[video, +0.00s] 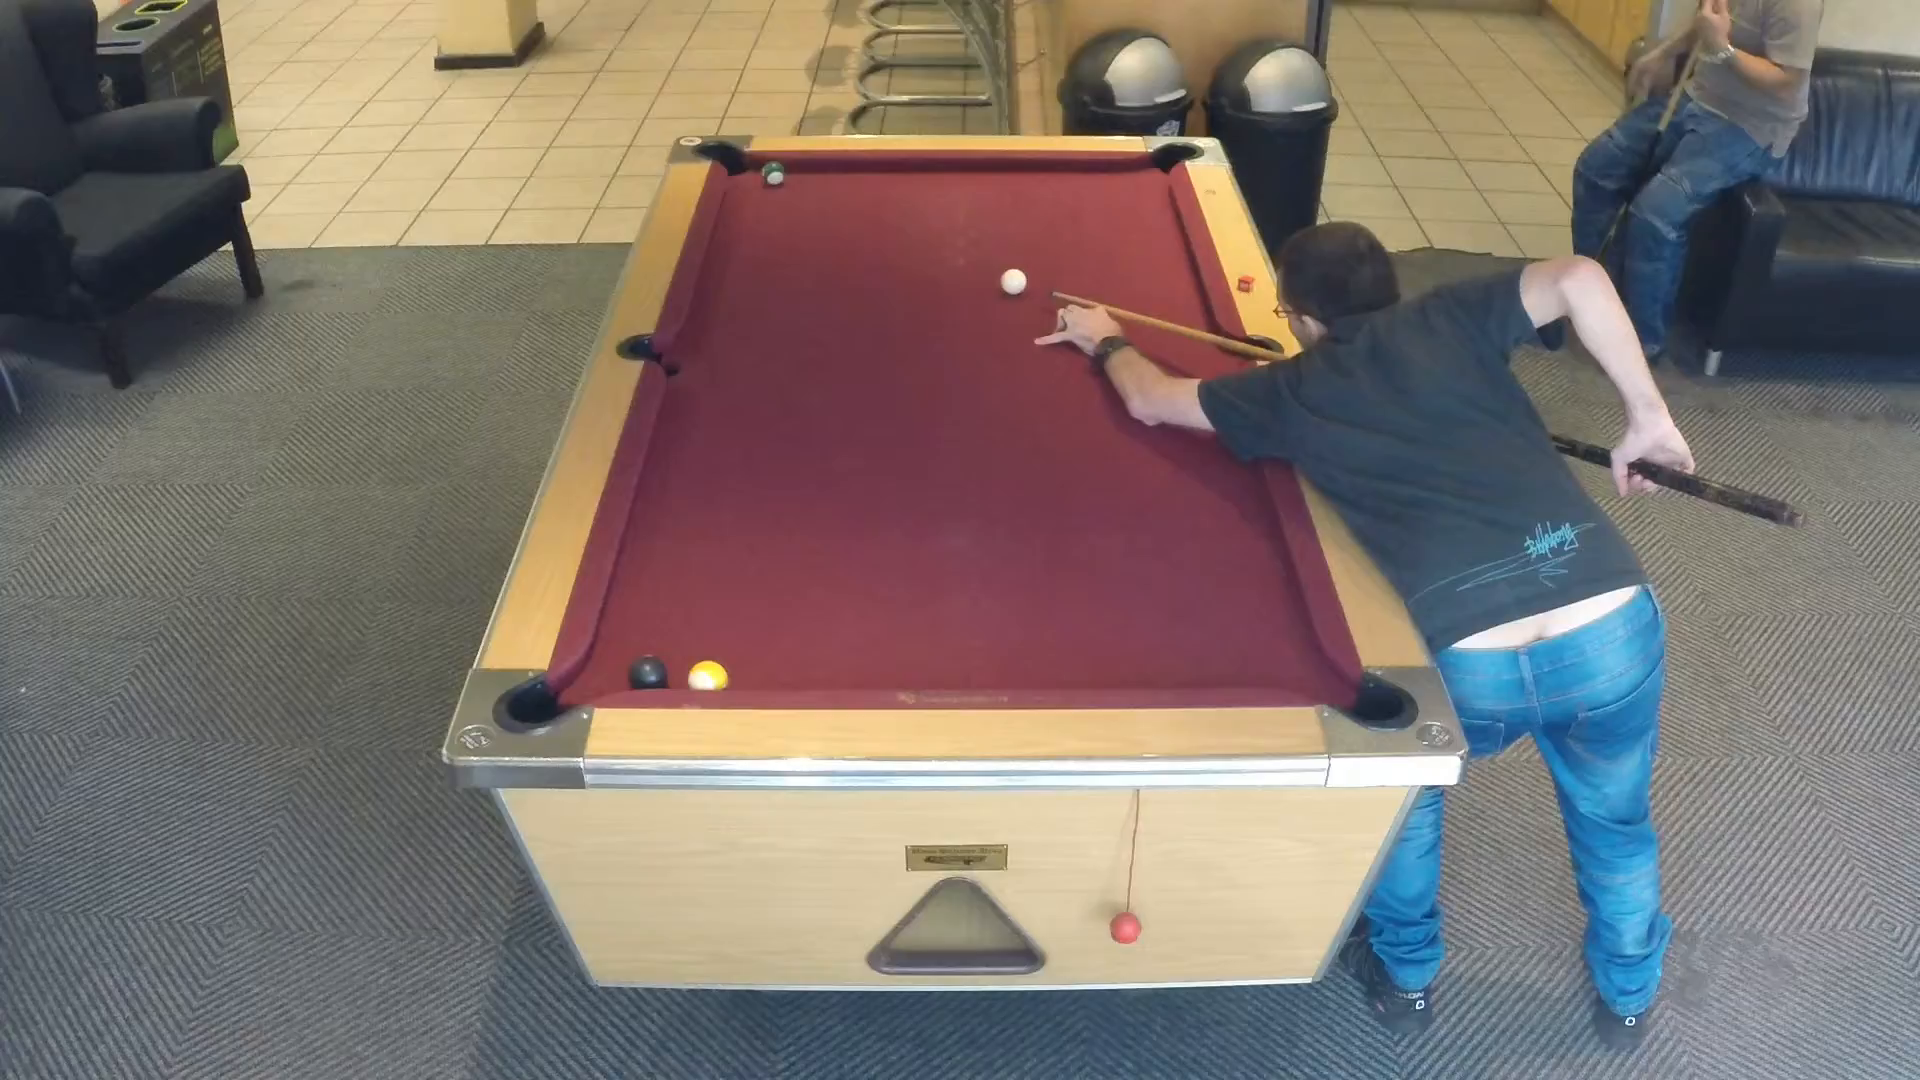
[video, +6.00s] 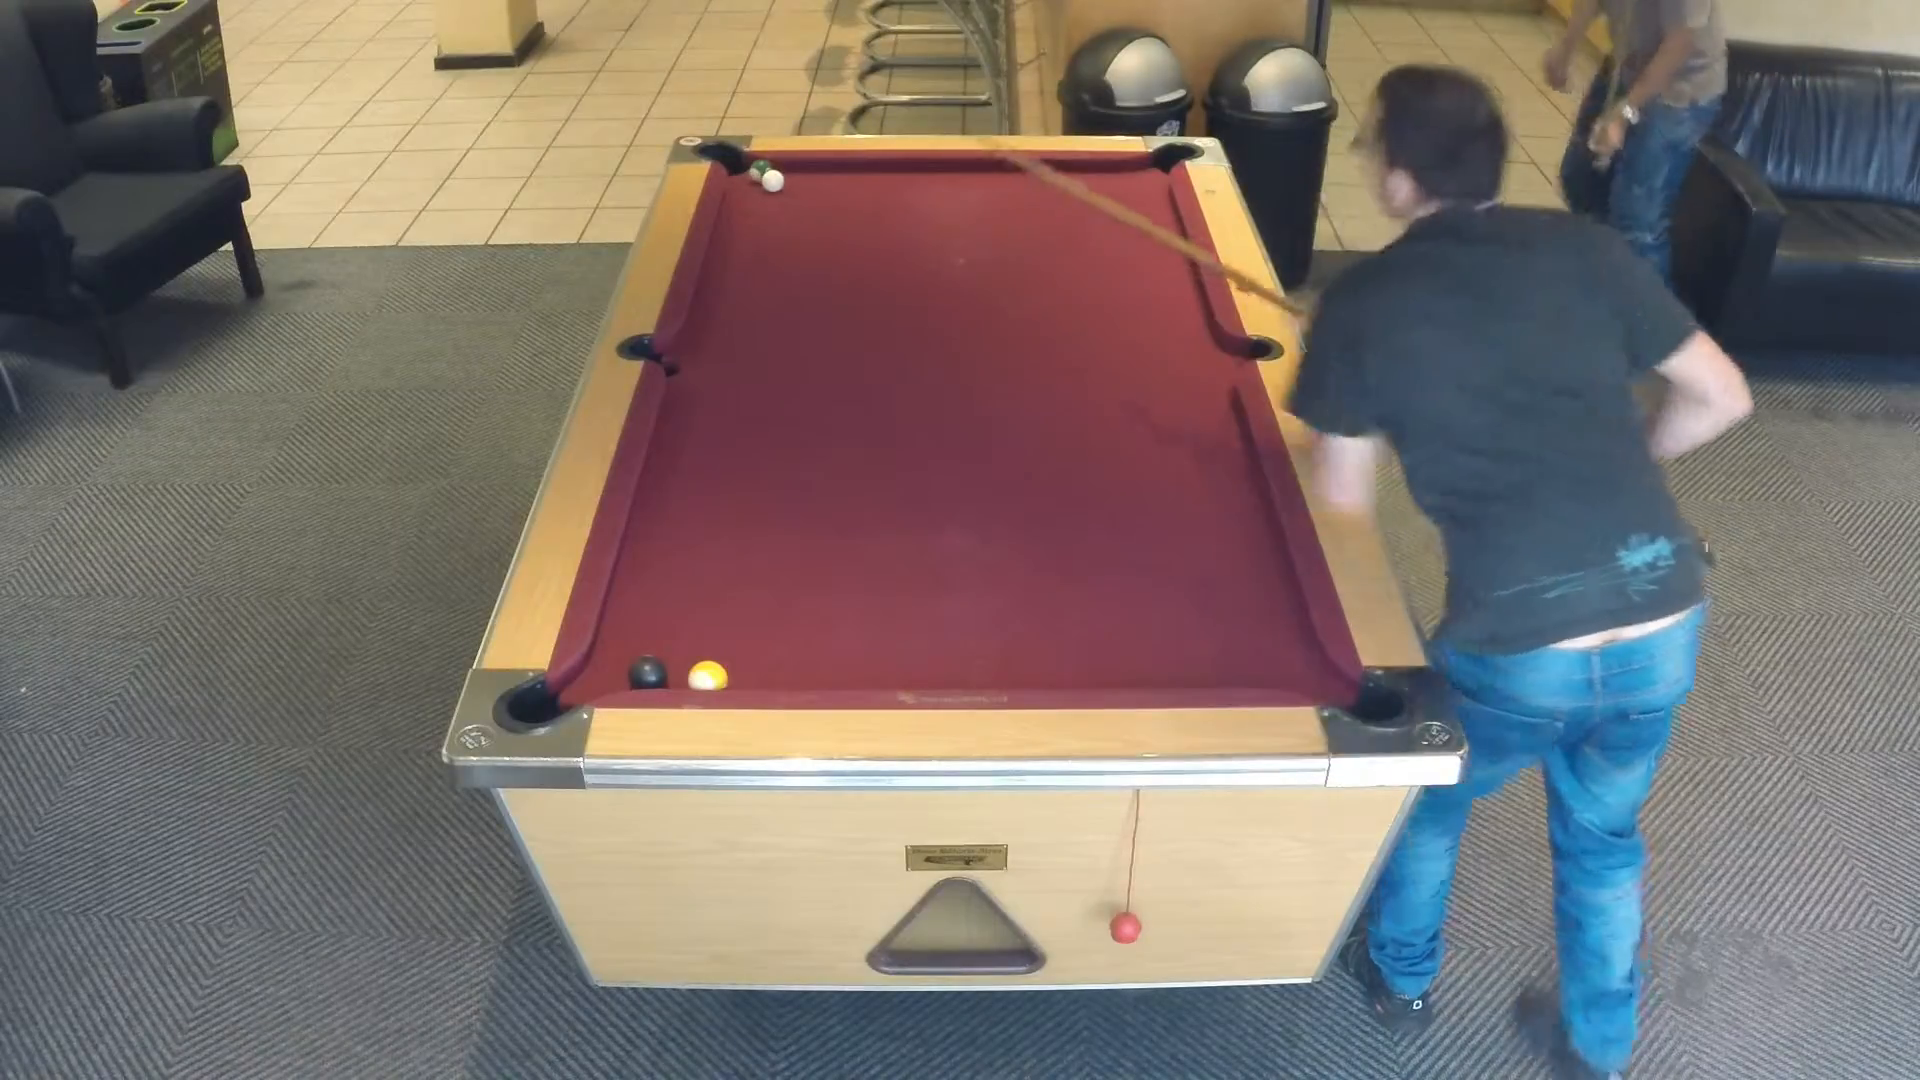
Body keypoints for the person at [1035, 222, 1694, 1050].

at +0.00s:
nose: (1286, 319)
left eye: (1288, 306)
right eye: (1286, 305)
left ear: (1307, 319)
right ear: (1391, 290)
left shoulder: (1294, 391)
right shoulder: (1458, 316)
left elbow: (1151, 396)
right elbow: (1579, 277)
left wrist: (1105, 340)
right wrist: (1650, 411)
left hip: (1469, 660)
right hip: (1611, 626)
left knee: (1404, 780)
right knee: (1618, 819)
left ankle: (1407, 972)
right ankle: (1630, 991)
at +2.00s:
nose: (1280, 323)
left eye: (1282, 310)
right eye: (1280, 309)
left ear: (1301, 323)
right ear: (1386, 294)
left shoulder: (1286, 392)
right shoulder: (1451, 317)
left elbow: (1145, 399)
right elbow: (1577, 279)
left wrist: (1106, 340)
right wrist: (1641, 415)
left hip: (1465, 663)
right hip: (1606, 627)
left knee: (1400, 771)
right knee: (1617, 821)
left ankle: (1408, 965)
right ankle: (1630, 990)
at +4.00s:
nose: (1281, 318)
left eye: (1283, 306)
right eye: (1280, 306)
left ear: (1298, 318)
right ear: (1386, 290)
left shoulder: (1289, 388)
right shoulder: (1451, 313)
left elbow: (1143, 400)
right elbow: (1586, 291)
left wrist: (1105, 341)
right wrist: (1599, 420)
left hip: (1467, 659)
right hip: (1606, 621)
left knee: (1395, 766)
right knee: (1615, 820)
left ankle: (1407, 969)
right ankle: (1630, 992)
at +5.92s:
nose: (1341, 189)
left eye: (1346, 175)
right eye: (1346, 171)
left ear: (1370, 194)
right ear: (1463, 180)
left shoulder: (1343, 300)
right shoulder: (1550, 251)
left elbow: (1277, 466)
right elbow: (1702, 385)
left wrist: (1247, 378)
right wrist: (1604, 446)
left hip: (1508, 640)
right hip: (1652, 621)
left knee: (1424, 780)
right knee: (1610, 831)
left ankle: (1404, 966)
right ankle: (1605, 1019)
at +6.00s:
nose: (1370, 167)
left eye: (1376, 154)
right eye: (1374, 150)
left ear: (1398, 176)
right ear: (1494, 163)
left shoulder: (1365, 295)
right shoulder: (1584, 245)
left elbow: (1341, 493)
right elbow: (1719, 394)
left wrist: (1374, 413)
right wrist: (1611, 453)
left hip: (1519, 637)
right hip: (1662, 621)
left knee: (1436, 792)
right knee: (1606, 841)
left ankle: (1403, 973)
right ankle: (1602, 1042)